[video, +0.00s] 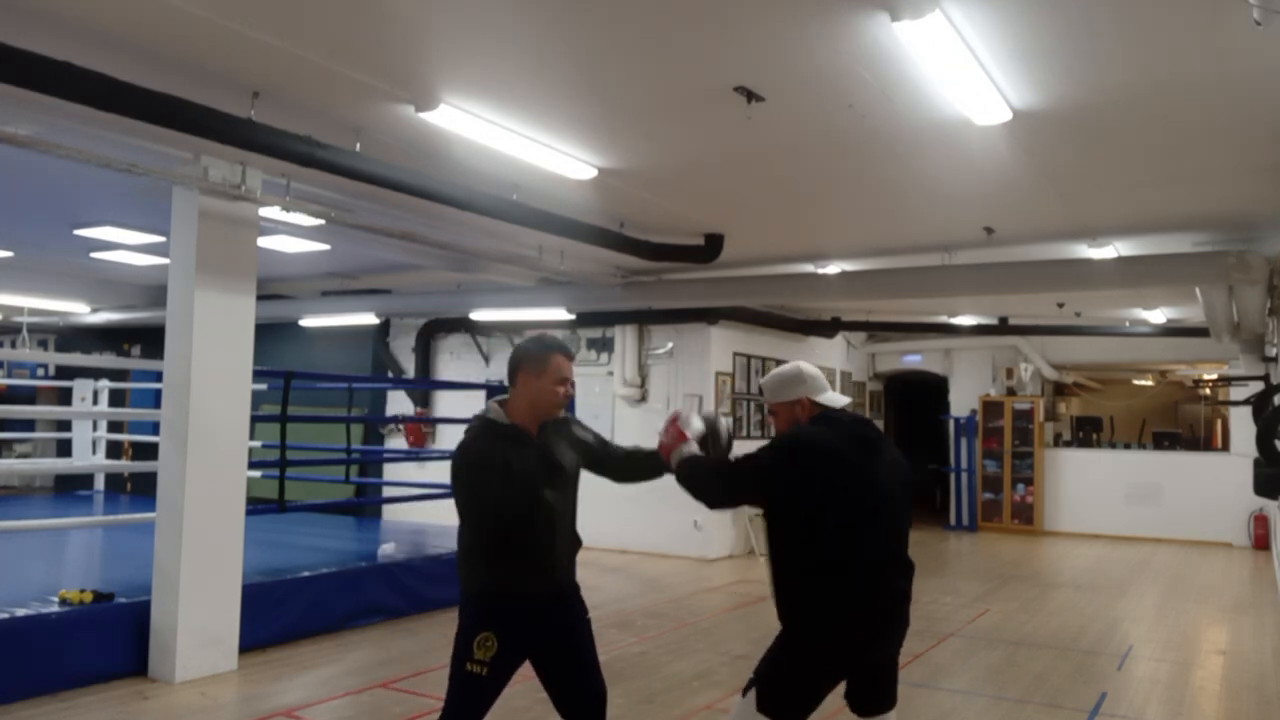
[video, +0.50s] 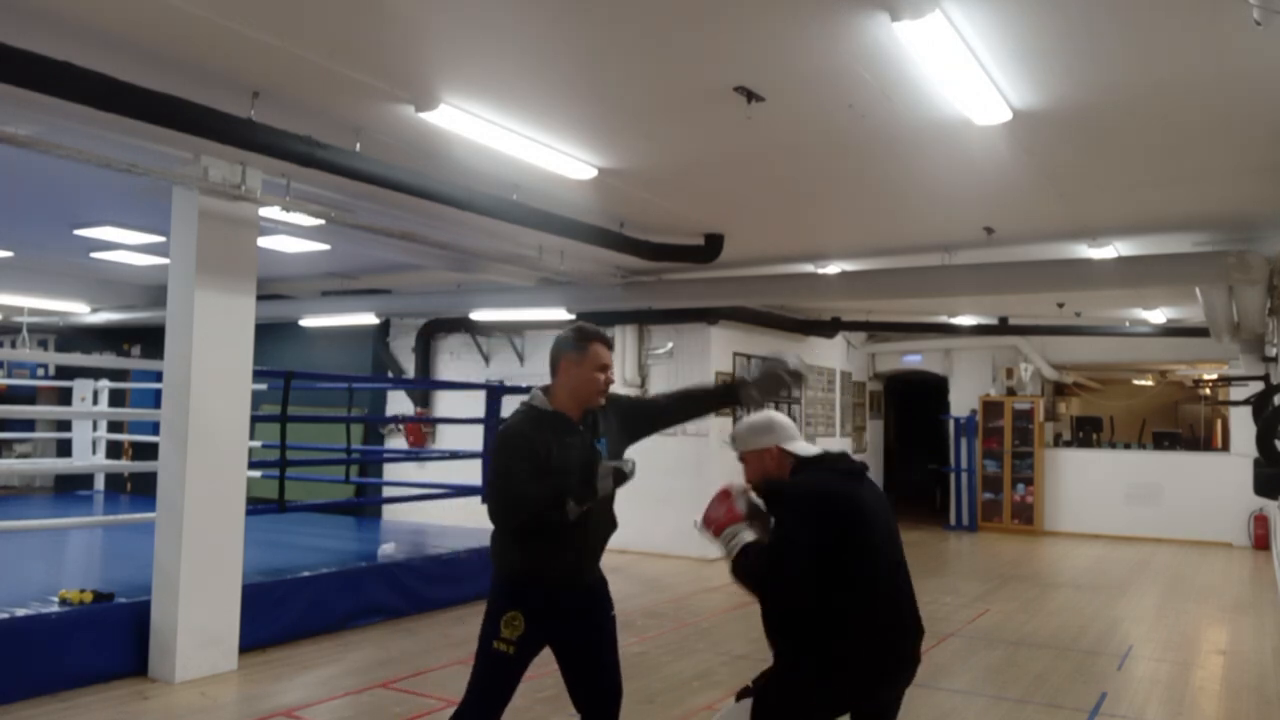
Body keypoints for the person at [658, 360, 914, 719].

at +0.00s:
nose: (773, 425)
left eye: (775, 414)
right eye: (770, 415)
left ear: (803, 407)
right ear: (811, 404)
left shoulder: (798, 450)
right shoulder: (879, 445)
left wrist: (681, 455)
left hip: (824, 619)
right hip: (885, 612)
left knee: (754, 710)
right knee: (875, 710)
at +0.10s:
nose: (765, 420)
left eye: (767, 407)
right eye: (762, 409)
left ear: (793, 399)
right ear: (801, 397)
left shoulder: (805, 443)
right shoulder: (864, 433)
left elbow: (742, 507)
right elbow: (826, 491)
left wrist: (687, 478)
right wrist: (766, 464)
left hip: (818, 617)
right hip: (872, 610)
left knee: (754, 710)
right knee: (871, 711)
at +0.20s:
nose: (758, 417)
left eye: (760, 404)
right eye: (756, 406)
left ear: (786, 396)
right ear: (788, 396)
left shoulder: (828, 442)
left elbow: (796, 525)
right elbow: (769, 467)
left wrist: (728, 504)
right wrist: (704, 456)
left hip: (831, 615)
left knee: (760, 709)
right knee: (866, 711)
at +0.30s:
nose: (756, 418)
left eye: (757, 404)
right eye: (752, 406)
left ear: (785, 394)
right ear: (788, 394)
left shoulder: (822, 445)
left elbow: (795, 537)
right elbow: (762, 474)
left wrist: (739, 489)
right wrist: (692, 458)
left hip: (824, 624)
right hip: (867, 616)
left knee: (767, 711)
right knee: (875, 710)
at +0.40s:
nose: (741, 440)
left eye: (743, 427)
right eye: (738, 428)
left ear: (771, 421)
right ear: (774, 420)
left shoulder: (813, 465)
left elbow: (787, 566)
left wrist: (743, 507)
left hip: (845, 634)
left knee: (755, 711)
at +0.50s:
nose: (747, 478)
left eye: (746, 462)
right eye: (742, 463)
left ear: (773, 455)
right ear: (777, 453)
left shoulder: (797, 497)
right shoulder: (848, 479)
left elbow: (779, 586)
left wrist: (732, 535)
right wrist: (761, 522)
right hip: (894, 647)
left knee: (743, 710)